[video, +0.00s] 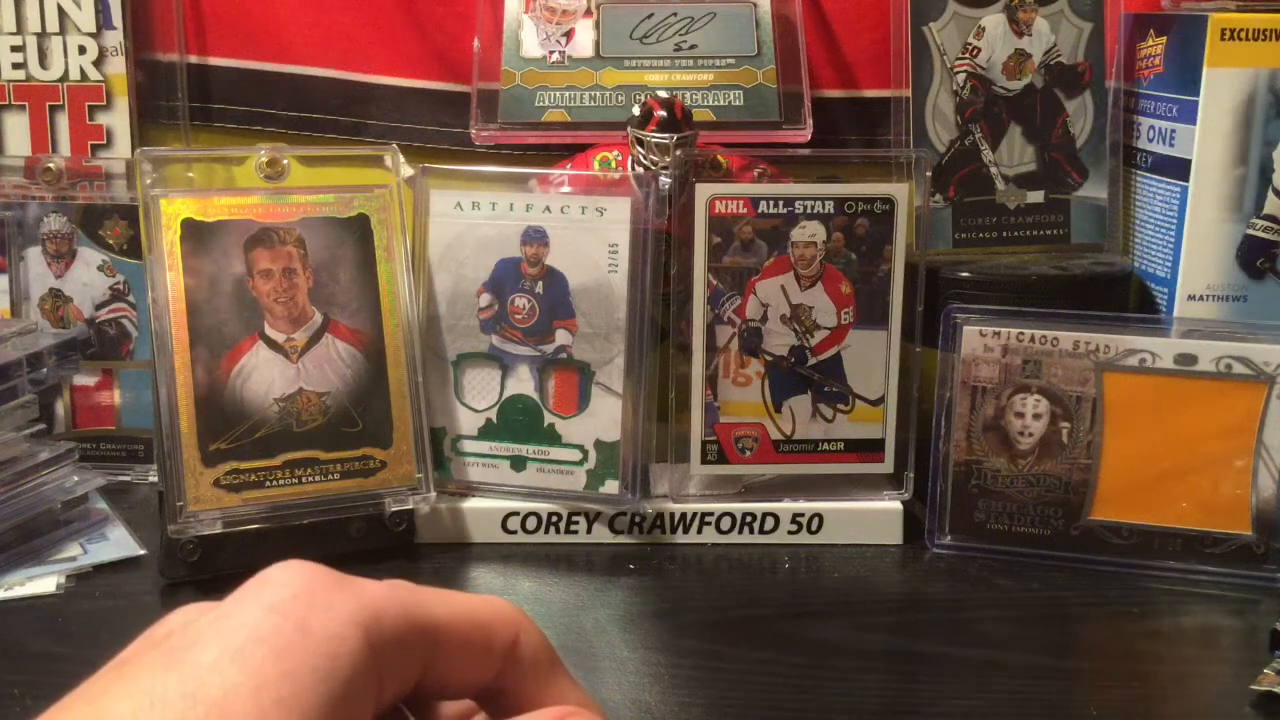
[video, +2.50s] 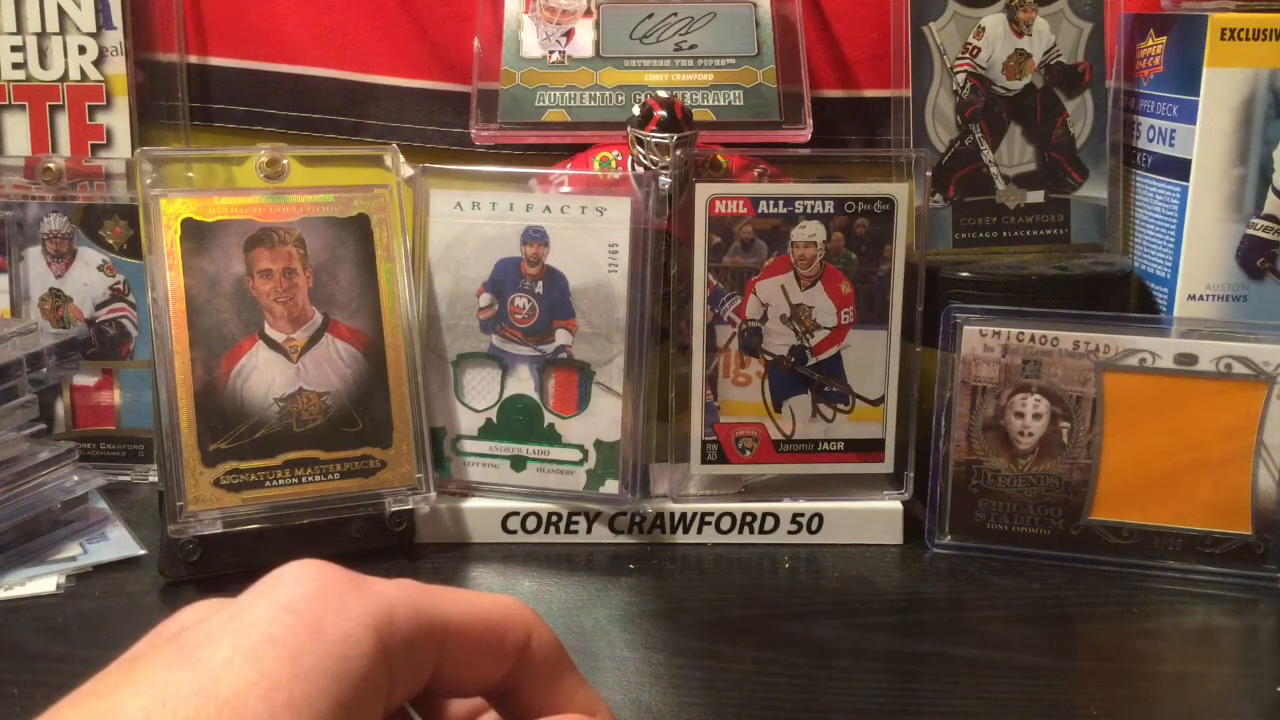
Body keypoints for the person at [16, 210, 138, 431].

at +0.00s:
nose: (57, 247)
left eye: (63, 240)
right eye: (51, 241)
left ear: (72, 240)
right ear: (43, 242)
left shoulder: (96, 264)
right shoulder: (28, 261)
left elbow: (120, 305)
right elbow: (15, 307)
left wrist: (108, 334)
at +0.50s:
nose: (57, 247)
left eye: (63, 241)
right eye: (51, 241)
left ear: (72, 240)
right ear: (43, 242)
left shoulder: (96, 264)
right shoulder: (28, 261)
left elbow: (121, 306)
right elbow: (14, 309)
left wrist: (107, 335)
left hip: (88, 369)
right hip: (40, 366)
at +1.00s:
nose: (57, 247)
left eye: (62, 240)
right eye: (51, 241)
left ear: (72, 240)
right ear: (43, 243)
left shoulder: (96, 264)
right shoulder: (28, 260)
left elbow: (120, 302)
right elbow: (15, 307)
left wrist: (108, 333)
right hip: (40, 361)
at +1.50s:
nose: (56, 246)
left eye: (62, 240)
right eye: (51, 241)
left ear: (72, 240)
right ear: (43, 242)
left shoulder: (96, 264)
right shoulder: (27, 261)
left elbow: (121, 307)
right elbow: (15, 308)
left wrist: (105, 335)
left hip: (88, 366)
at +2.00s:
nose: (56, 246)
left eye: (62, 240)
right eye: (51, 241)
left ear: (72, 240)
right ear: (43, 242)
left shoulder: (95, 264)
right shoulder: (27, 260)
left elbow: (120, 301)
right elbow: (11, 305)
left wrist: (108, 333)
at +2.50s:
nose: (57, 245)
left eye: (62, 239)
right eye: (51, 240)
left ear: (72, 239)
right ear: (43, 242)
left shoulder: (95, 264)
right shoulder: (27, 261)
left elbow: (120, 303)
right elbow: (10, 305)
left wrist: (108, 333)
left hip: (88, 362)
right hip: (39, 360)